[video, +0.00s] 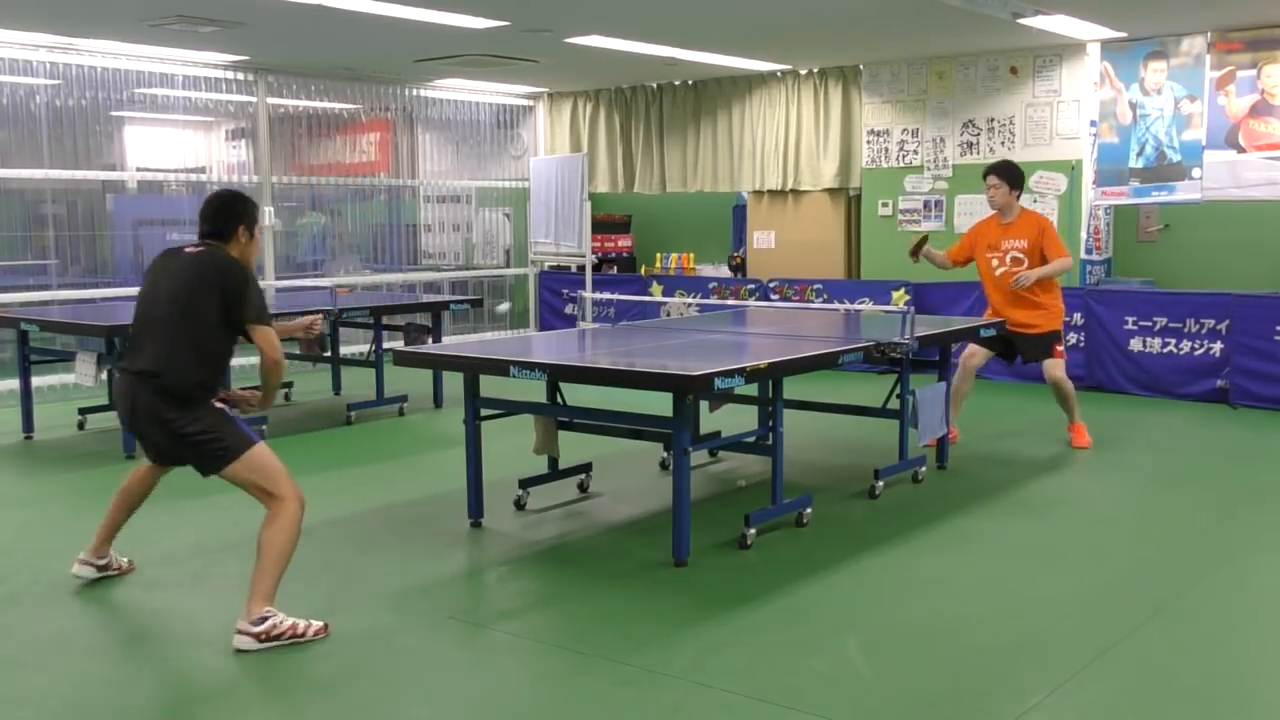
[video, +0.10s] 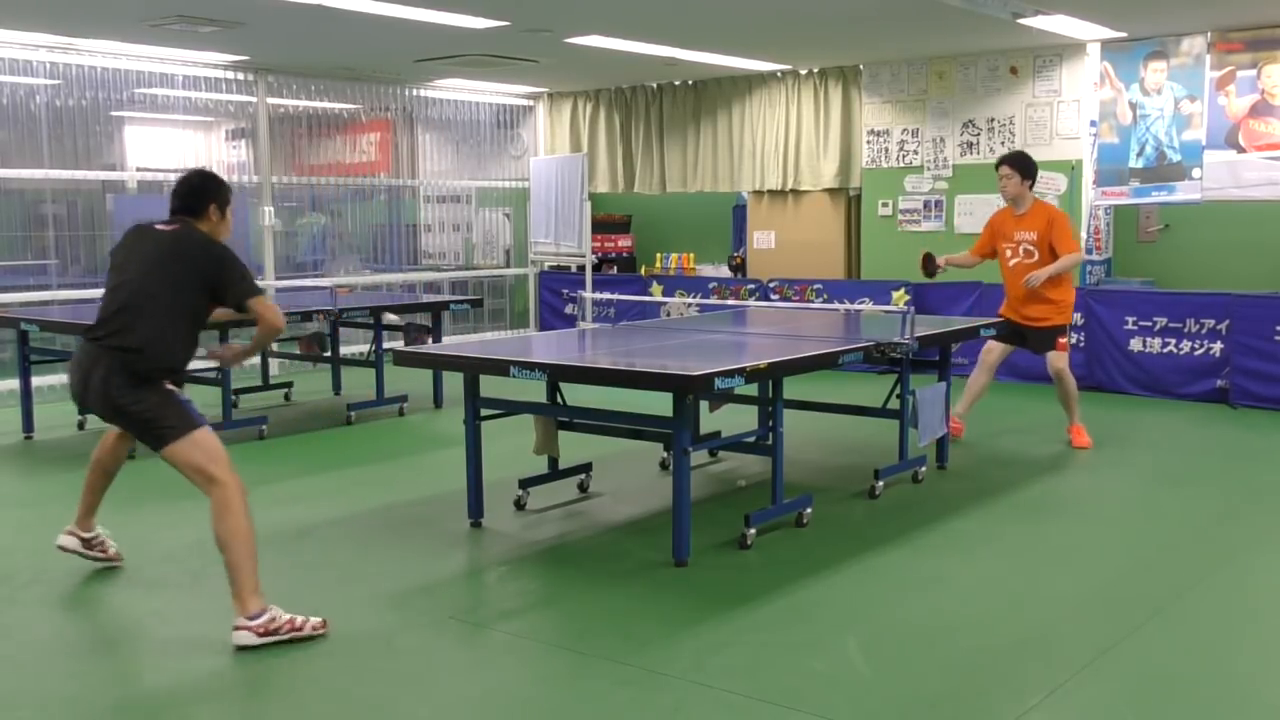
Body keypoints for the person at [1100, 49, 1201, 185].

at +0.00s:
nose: (1158, 76)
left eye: (1162, 71)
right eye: (1154, 71)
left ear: (1167, 72)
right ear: (1143, 71)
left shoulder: (1173, 89)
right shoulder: (1135, 90)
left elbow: (1198, 105)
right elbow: (1125, 120)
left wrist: (1191, 106)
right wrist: (1121, 95)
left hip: (1171, 161)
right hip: (1141, 163)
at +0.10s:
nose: (1158, 76)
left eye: (1162, 71)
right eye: (1154, 71)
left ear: (1167, 72)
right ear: (1143, 71)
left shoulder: (1173, 89)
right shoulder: (1135, 90)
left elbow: (1199, 105)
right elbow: (1125, 120)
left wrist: (1191, 106)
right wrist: (1121, 95)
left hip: (1171, 161)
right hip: (1141, 163)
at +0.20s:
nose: (1158, 76)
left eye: (1162, 71)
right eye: (1154, 71)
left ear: (1167, 72)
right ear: (1143, 72)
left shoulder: (1173, 89)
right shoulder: (1135, 90)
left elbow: (1198, 105)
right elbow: (1125, 120)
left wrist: (1191, 107)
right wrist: (1120, 95)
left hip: (1171, 161)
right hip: (1141, 163)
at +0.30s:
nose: (1158, 76)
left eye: (1162, 71)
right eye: (1154, 71)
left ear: (1167, 72)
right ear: (1143, 72)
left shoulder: (1173, 89)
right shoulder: (1134, 91)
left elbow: (1199, 105)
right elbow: (1125, 120)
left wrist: (1191, 107)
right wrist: (1120, 95)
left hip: (1171, 161)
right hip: (1141, 163)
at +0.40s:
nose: (1158, 77)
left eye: (1162, 71)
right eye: (1154, 71)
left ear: (1167, 73)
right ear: (1143, 72)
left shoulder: (1173, 89)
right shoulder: (1135, 90)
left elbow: (1198, 105)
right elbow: (1125, 120)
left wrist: (1191, 106)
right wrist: (1121, 94)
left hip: (1171, 161)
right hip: (1141, 163)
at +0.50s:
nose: (1158, 76)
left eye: (1162, 71)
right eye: (1154, 71)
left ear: (1167, 72)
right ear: (1143, 72)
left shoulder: (1173, 89)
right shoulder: (1135, 90)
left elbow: (1198, 105)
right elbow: (1125, 120)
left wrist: (1191, 106)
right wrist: (1120, 94)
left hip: (1171, 161)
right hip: (1141, 163)